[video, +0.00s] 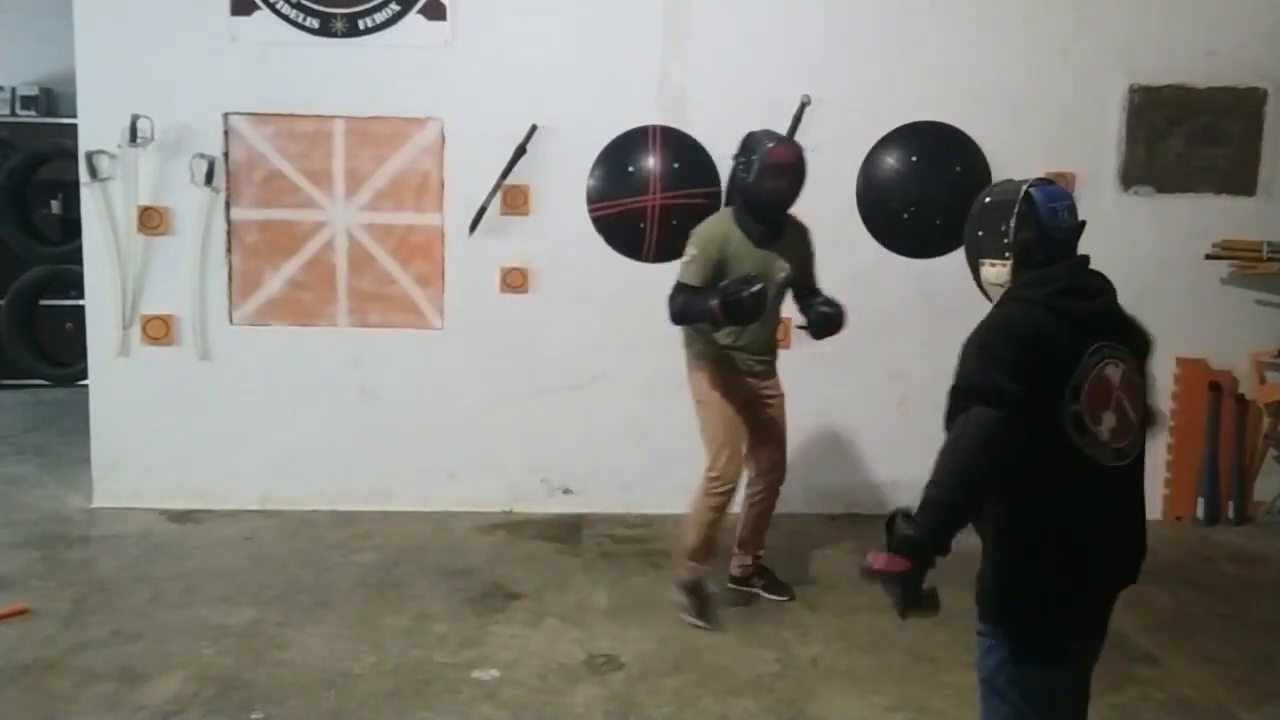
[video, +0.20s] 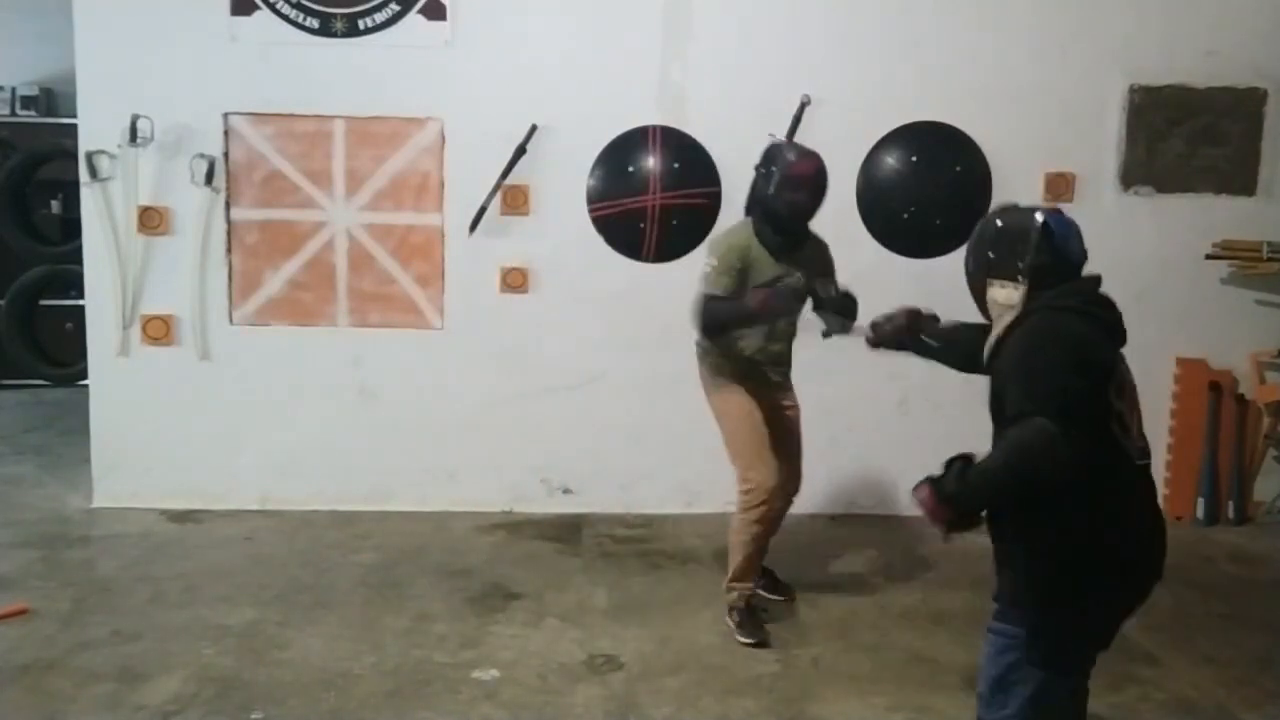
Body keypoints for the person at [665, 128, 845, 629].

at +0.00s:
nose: (785, 189)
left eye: (792, 179)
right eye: (776, 177)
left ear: (798, 182)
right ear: (748, 176)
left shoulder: (794, 235)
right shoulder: (714, 233)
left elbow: (805, 292)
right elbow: (679, 305)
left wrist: (821, 312)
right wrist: (719, 306)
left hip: (762, 368)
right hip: (713, 363)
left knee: (769, 467)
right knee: (726, 464)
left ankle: (747, 568)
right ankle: (692, 575)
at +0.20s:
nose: (802, 202)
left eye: (811, 193)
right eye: (793, 190)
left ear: (818, 198)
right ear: (767, 188)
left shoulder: (813, 251)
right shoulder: (733, 244)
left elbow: (835, 314)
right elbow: (708, 319)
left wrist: (836, 306)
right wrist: (763, 304)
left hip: (775, 375)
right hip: (727, 371)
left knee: (787, 482)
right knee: (761, 481)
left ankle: (751, 567)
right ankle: (738, 596)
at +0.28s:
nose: (810, 221)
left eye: (818, 212)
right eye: (803, 208)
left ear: (823, 215)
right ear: (776, 203)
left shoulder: (810, 259)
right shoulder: (748, 253)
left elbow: (851, 331)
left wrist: (837, 290)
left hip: (773, 382)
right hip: (727, 377)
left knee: (796, 493)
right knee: (772, 487)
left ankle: (754, 567)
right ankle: (742, 589)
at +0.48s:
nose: (831, 244)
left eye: (837, 234)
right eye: (822, 231)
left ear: (840, 234)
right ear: (791, 226)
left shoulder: (825, 285)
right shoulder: (758, 278)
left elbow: (845, 360)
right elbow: (762, 363)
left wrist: (859, 333)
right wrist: (821, 346)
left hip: (789, 400)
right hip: (741, 400)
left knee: (825, 510)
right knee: (788, 507)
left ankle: (760, 557)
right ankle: (770, 629)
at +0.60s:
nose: (830, 233)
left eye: (839, 223)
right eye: (821, 220)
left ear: (845, 226)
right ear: (793, 217)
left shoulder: (839, 279)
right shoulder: (760, 270)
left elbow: (836, 340)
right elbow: (716, 353)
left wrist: (852, 354)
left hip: (805, 405)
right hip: (751, 406)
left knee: (837, 501)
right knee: (786, 508)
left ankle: (780, 548)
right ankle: (772, 629)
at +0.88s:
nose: (817, 204)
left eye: (827, 194)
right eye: (808, 192)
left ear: (839, 200)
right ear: (787, 195)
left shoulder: (848, 257)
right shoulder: (759, 252)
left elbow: (874, 326)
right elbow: (708, 313)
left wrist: (890, 308)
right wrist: (725, 349)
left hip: (822, 392)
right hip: (774, 390)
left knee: (821, 492)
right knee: (788, 498)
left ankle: (790, 565)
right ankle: (769, 622)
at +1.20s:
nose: (824, 184)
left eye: (833, 173)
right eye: (813, 173)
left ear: (845, 180)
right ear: (792, 179)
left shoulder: (860, 240)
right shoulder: (769, 239)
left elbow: (911, 289)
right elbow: (720, 310)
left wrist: (903, 250)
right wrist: (762, 292)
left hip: (829, 380)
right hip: (778, 378)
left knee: (817, 484)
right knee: (798, 487)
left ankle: (792, 567)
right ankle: (780, 608)